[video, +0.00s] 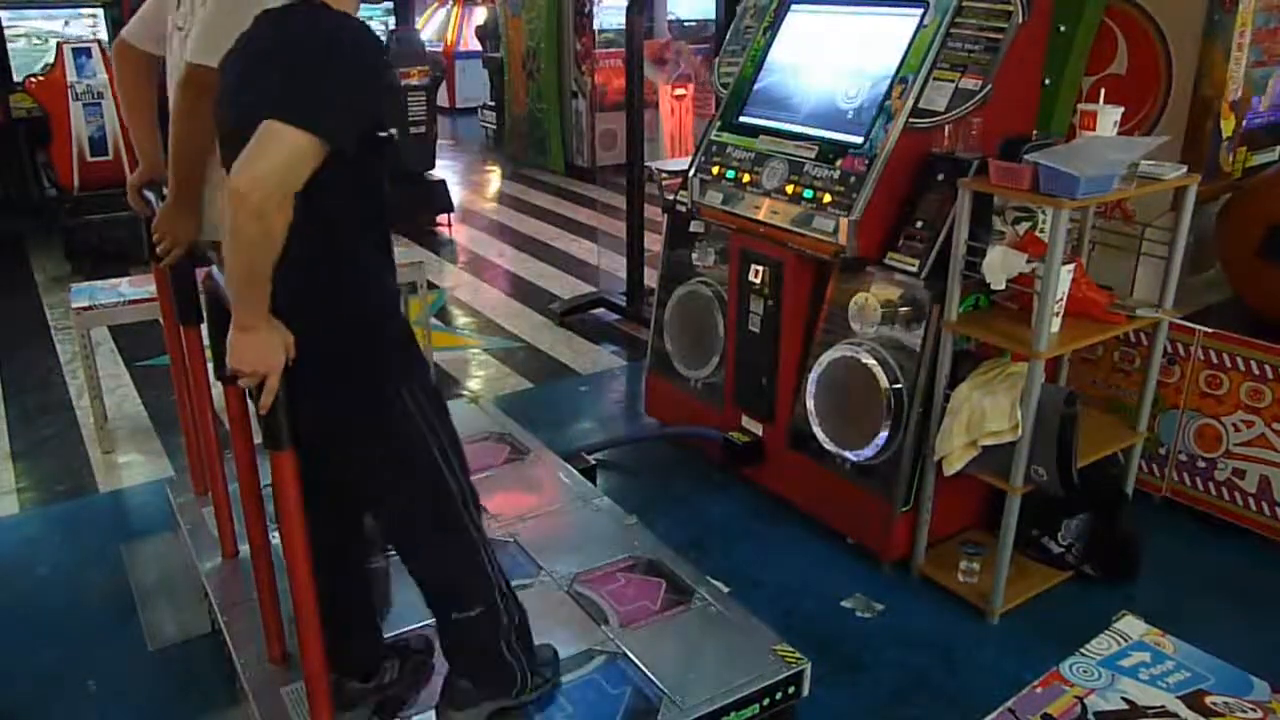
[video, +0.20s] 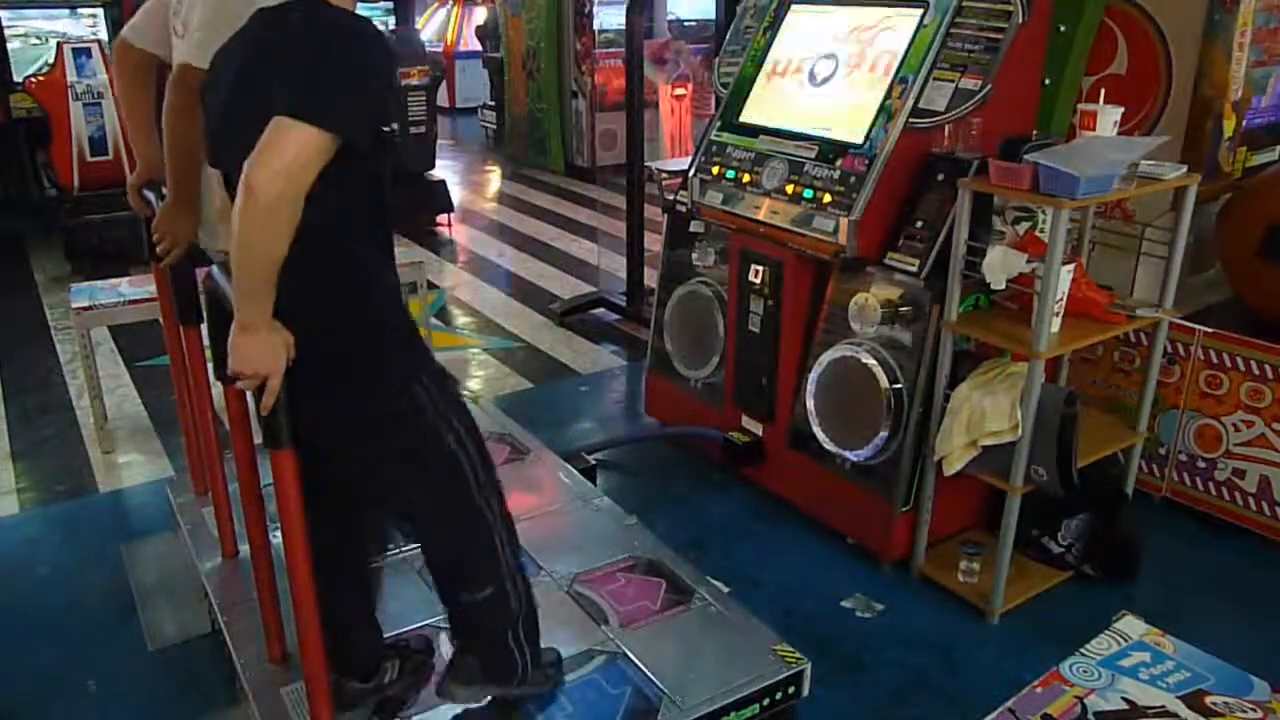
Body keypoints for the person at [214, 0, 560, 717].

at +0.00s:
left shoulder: (257, 44)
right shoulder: (343, 46)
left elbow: (260, 182)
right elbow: (252, 189)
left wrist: (385, 202)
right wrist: (251, 317)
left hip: (292, 329)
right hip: (355, 334)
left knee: (329, 509)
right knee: (435, 504)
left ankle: (355, 667)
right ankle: (497, 669)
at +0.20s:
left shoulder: (238, 51)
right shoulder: (349, 42)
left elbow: (225, 198)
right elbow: (272, 186)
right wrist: (253, 319)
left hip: (290, 333)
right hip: (360, 334)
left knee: (330, 507)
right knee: (458, 485)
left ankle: (354, 670)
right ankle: (507, 661)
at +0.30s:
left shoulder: (249, 47)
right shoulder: (340, 38)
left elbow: (235, 184)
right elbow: (260, 180)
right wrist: (252, 319)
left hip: (292, 328)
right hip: (361, 325)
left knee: (331, 506)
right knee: (470, 477)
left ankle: (352, 667)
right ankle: (497, 642)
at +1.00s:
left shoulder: (324, 51)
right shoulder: (400, 48)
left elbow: (335, 208)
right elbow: (325, 208)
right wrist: (289, 343)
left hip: (347, 333)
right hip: (421, 334)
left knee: (365, 508)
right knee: (487, 484)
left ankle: (361, 662)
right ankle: (524, 625)